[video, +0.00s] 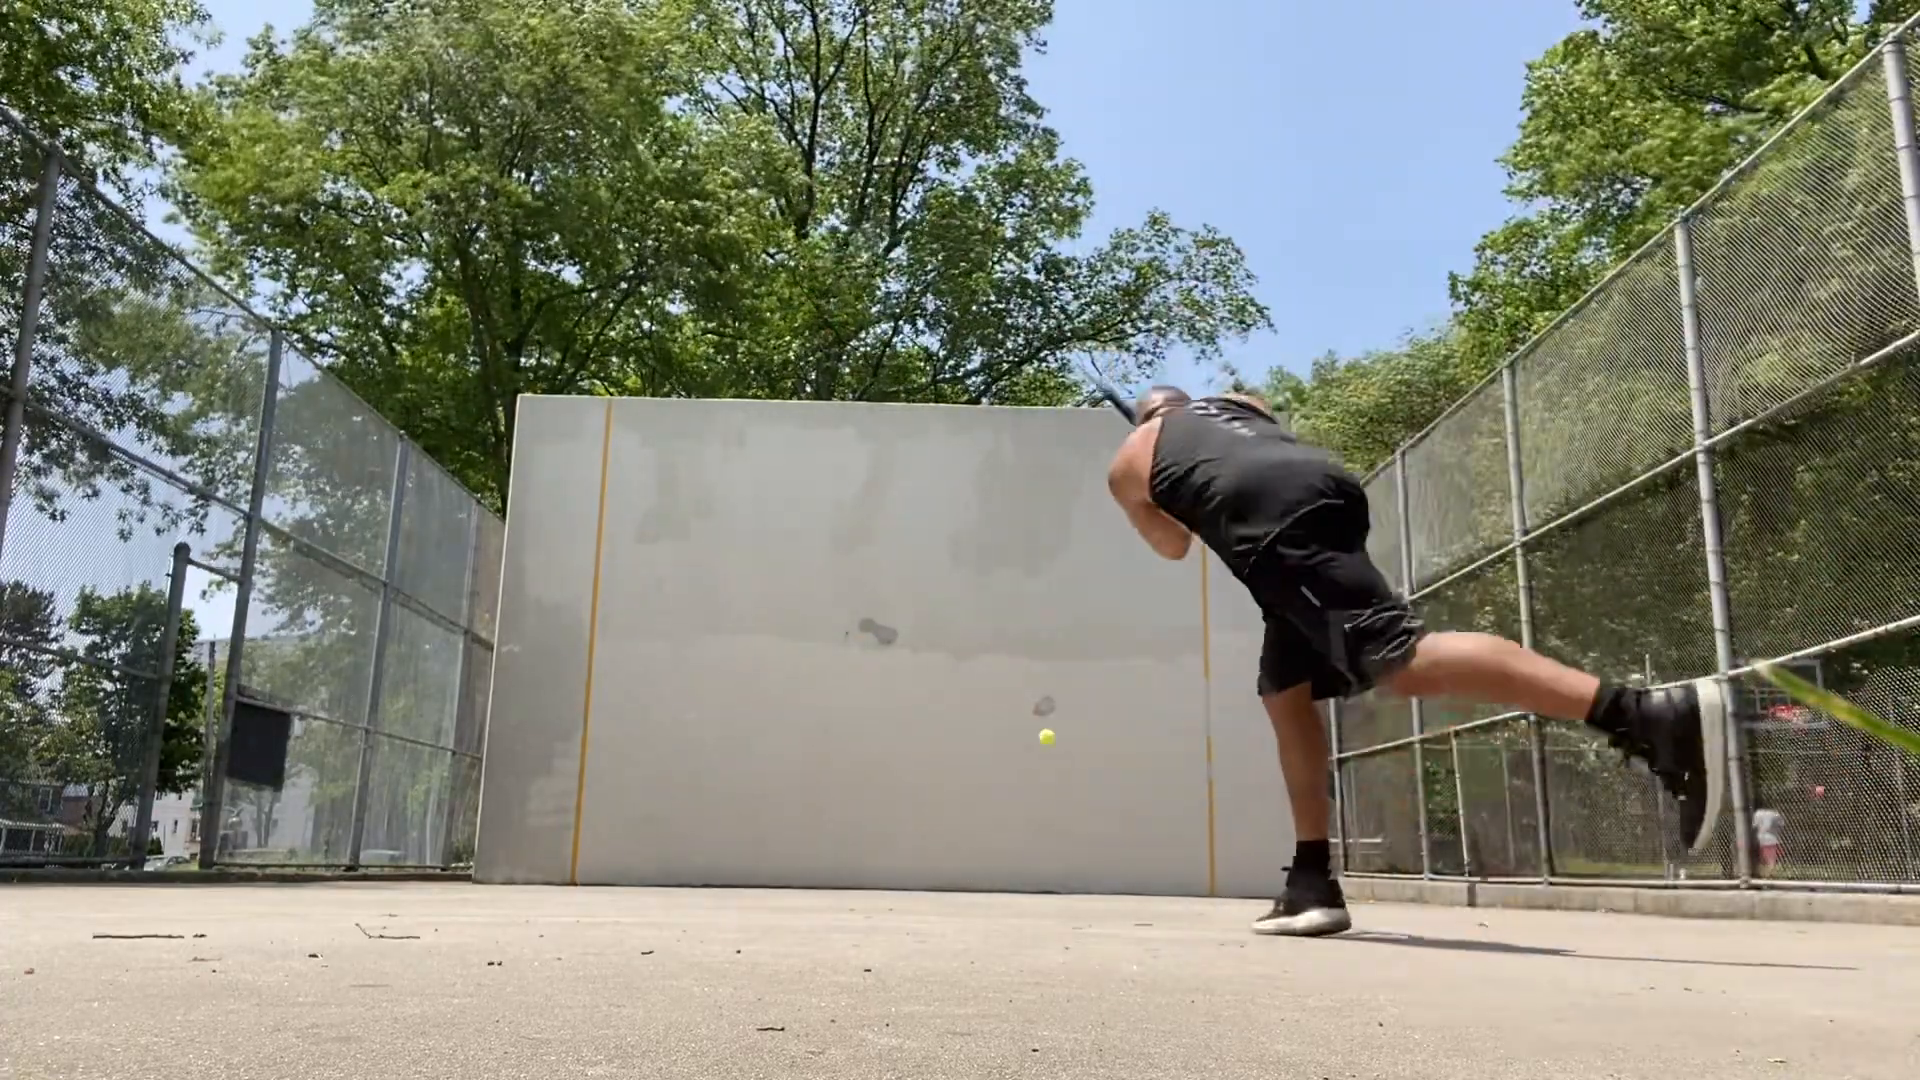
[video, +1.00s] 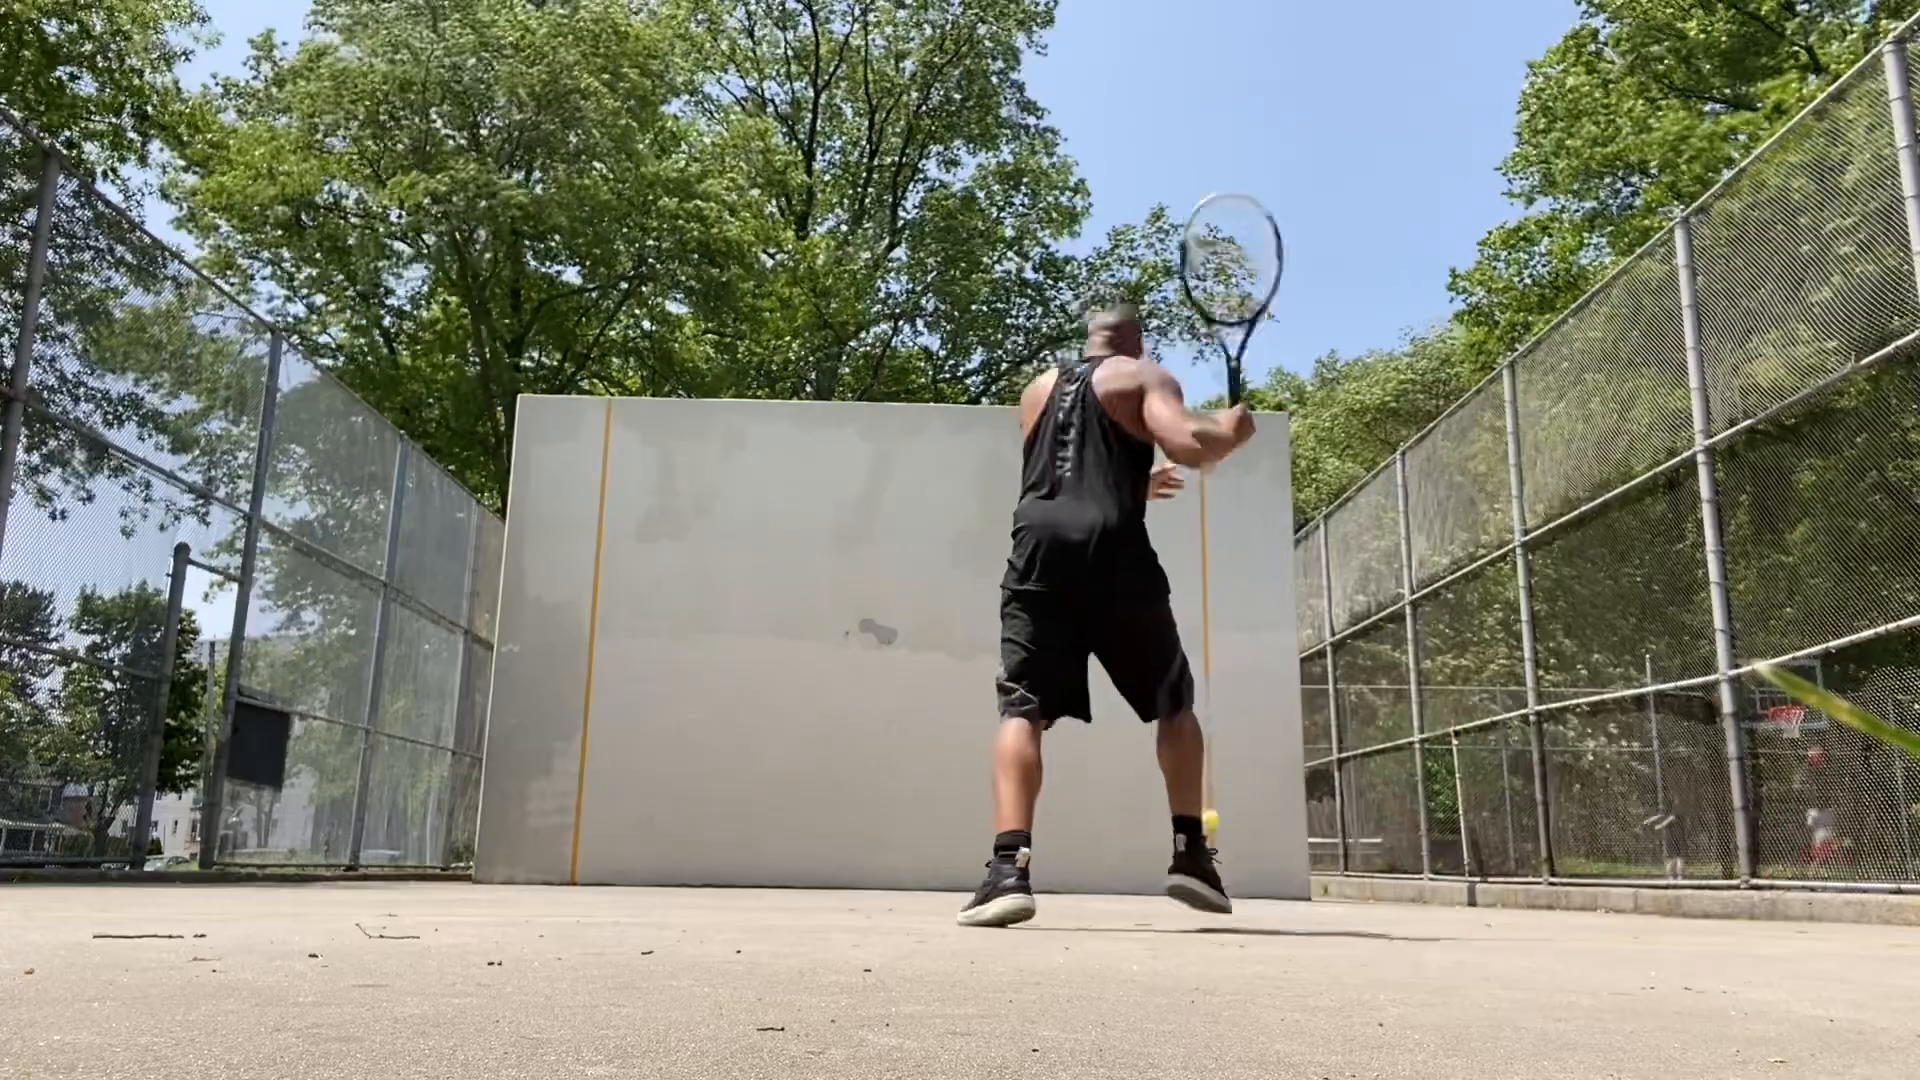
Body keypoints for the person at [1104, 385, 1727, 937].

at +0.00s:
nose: (1128, 422)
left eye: (1129, 415)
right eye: (1135, 413)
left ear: (1147, 416)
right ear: (1191, 405)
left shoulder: (1131, 456)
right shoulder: (1241, 412)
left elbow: (1171, 544)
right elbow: (1261, 426)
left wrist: (1184, 469)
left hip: (1277, 513)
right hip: (1332, 490)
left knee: (1402, 663)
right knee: (1285, 687)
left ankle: (1651, 720)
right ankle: (1312, 883)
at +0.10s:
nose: (1122, 400)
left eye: (1119, 391)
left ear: (1126, 387)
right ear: (1176, 377)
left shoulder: (1113, 424)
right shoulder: (1228, 388)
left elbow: (1145, 497)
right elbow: (1253, 393)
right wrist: (1195, 387)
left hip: (1247, 502)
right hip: (1307, 477)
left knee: (1352, 659)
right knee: (1279, 689)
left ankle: (1580, 671)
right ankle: (1311, 880)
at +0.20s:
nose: (1100, 361)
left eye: (1102, 352)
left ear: (1106, 352)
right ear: (1159, 341)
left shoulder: (1096, 387)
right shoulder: (1215, 361)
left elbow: (1118, 489)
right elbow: (1248, 423)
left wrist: (1162, 443)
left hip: (1223, 485)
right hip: (1291, 472)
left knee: (1244, 676)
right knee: (1278, 678)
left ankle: (1422, 690)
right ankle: (1307, 869)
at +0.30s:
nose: (1089, 333)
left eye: (1090, 325)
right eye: (1099, 321)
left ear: (1096, 328)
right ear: (1144, 321)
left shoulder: (1083, 366)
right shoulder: (1203, 356)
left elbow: (1079, 490)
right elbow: (1233, 432)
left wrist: (1120, 508)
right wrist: (1172, 493)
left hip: (1200, 491)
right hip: (1277, 486)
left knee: (1147, 669)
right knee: (1264, 683)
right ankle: (1307, 873)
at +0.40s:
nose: (1074, 337)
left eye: (1077, 328)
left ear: (1081, 330)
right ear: (1138, 329)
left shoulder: (1069, 367)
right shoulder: (1191, 369)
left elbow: (1058, 484)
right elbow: (1213, 456)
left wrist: (1096, 541)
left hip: (1163, 513)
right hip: (1247, 515)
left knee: (1095, 680)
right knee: (1239, 701)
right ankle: (1302, 869)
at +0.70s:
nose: (1073, 328)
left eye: (1070, 320)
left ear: (1069, 326)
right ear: (1127, 325)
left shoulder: (1032, 374)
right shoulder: (1167, 361)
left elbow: (1022, 490)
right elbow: (1211, 436)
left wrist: (1085, 509)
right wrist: (1162, 493)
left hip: (1078, 544)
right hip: (1165, 546)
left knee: (1037, 704)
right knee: (1190, 702)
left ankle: (1012, 879)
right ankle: (1258, 847)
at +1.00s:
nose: (1146, 352)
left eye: (1140, 344)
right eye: (1144, 344)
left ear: (1086, 343)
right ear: (1137, 344)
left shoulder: (1039, 389)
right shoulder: (1143, 375)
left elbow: (1049, 471)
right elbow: (1188, 447)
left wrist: (1133, 483)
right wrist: (1228, 431)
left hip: (1037, 554)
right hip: (1115, 557)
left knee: (1022, 709)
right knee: (1173, 703)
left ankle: (1008, 870)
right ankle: (1191, 854)